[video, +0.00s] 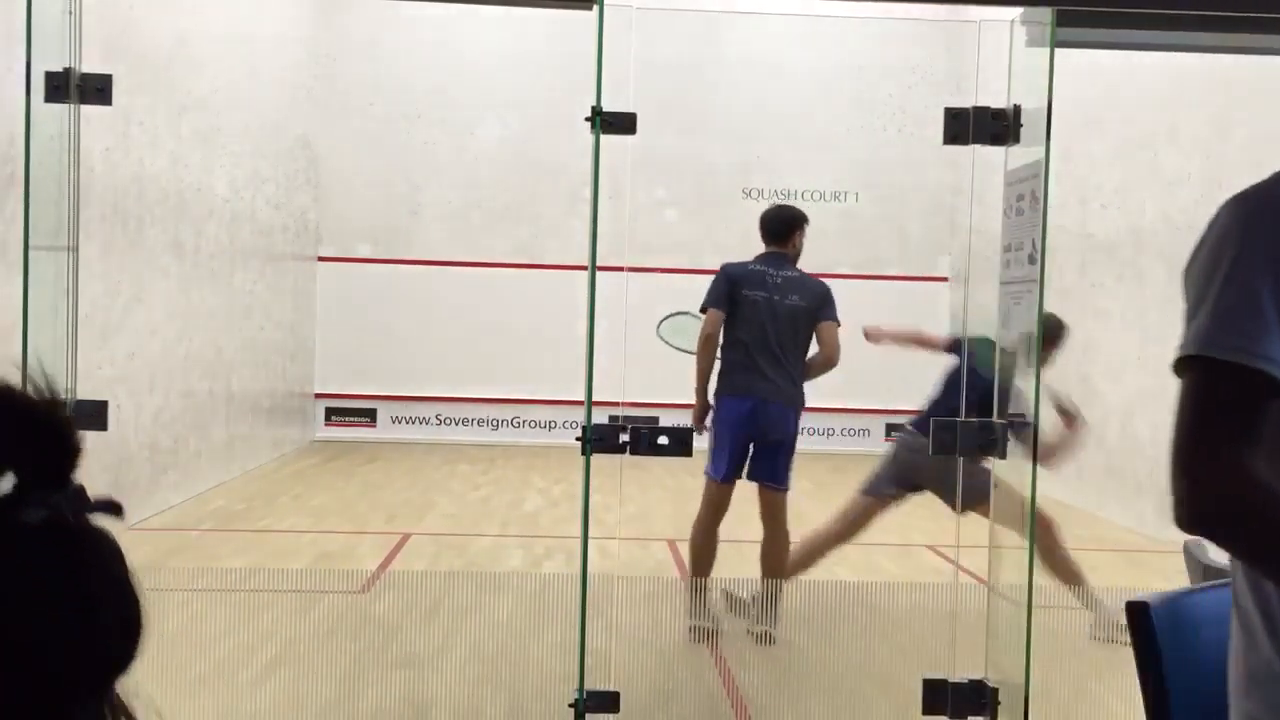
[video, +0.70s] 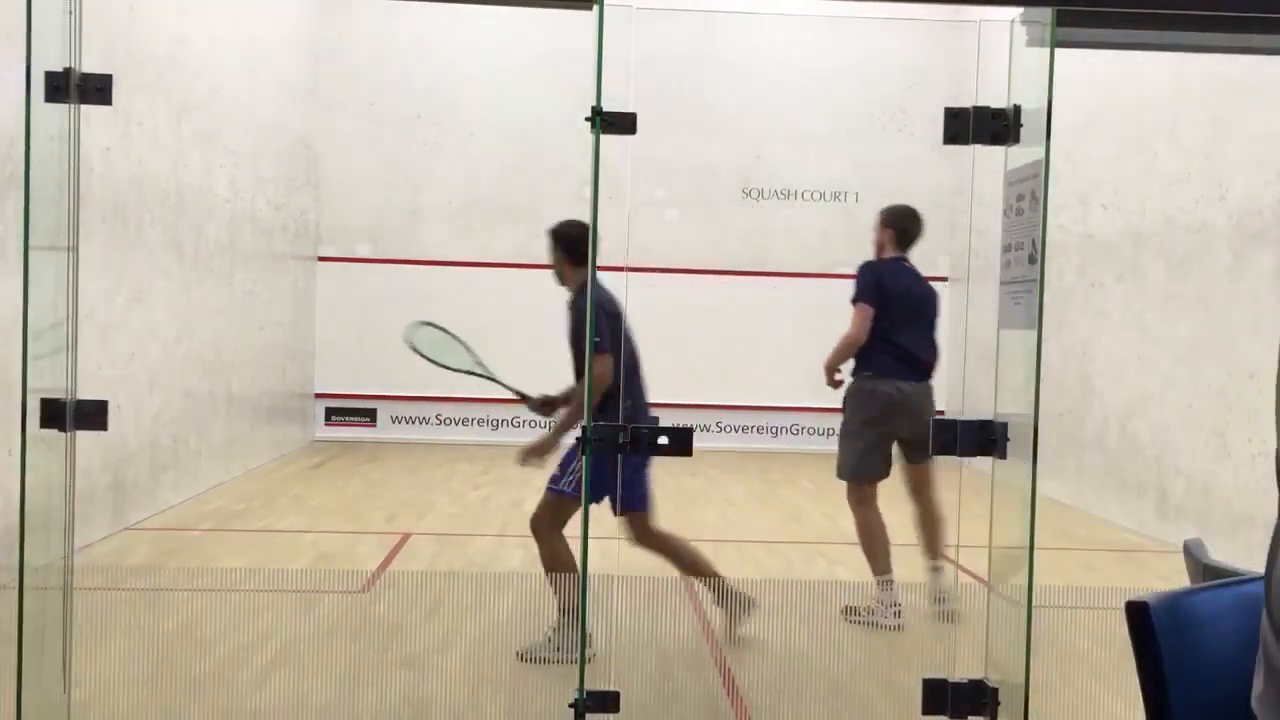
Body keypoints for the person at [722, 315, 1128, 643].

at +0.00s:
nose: (1050, 359)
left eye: (1051, 350)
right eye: (1052, 351)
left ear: (1024, 331)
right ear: (1045, 349)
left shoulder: (981, 346)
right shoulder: (1013, 392)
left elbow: (930, 340)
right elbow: (1043, 453)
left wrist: (883, 336)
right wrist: (1072, 431)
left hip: (910, 450)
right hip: (954, 464)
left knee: (843, 524)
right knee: (1038, 524)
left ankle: (766, 584)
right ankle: (1096, 609)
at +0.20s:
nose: (1106, 401)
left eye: (1103, 389)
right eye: (1110, 396)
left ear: (1080, 373)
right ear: (1106, 396)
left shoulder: (1032, 385)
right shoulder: (1085, 425)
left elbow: (965, 403)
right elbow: (1089, 485)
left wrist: (949, 440)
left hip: (948, 456)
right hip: (998, 470)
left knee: (899, 526)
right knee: (1090, 528)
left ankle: (837, 587)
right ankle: (1110, 617)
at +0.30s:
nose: (1085, 375)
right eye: (1089, 373)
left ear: (1058, 359)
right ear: (1086, 379)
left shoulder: (1012, 371)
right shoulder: (1070, 416)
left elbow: (953, 397)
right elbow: (1037, 460)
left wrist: (972, 428)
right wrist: (1006, 498)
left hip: (946, 449)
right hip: (1000, 467)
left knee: (902, 503)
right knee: (1090, 525)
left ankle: (875, 582)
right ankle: (1110, 617)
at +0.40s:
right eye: (1044, 327)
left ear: (1008, 312)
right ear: (1040, 332)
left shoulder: (969, 338)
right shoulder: (1034, 380)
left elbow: (923, 367)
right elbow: (1007, 424)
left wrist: (928, 408)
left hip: (930, 443)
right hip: (984, 454)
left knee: (887, 510)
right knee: (1062, 519)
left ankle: (897, 602)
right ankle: (1107, 613)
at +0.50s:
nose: (953, 275)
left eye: (956, 270)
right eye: (959, 270)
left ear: (959, 276)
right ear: (989, 290)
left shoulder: (927, 306)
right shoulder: (989, 334)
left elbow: (893, 352)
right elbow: (992, 389)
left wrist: (872, 394)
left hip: (912, 422)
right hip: (965, 431)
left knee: (866, 505)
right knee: (1017, 520)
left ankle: (891, 597)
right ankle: (1080, 604)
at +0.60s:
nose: (910, 253)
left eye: (913, 247)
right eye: (915, 247)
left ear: (919, 251)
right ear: (945, 260)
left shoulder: (899, 288)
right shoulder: (955, 307)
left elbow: (876, 346)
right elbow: (953, 370)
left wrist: (845, 374)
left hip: (889, 406)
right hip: (939, 410)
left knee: (856, 501)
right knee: (968, 482)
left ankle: (888, 603)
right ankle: (1005, 569)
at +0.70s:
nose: (874, 236)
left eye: (877, 230)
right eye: (877, 229)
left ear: (887, 233)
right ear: (910, 240)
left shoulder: (872, 271)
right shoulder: (925, 287)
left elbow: (858, 335)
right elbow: (930, 356)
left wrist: (832, 364)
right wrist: (904, 381)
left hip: (874, 392)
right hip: (918, 396)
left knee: (862, 495)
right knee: (923, 488)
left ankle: (887, 602)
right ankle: (939, 581)